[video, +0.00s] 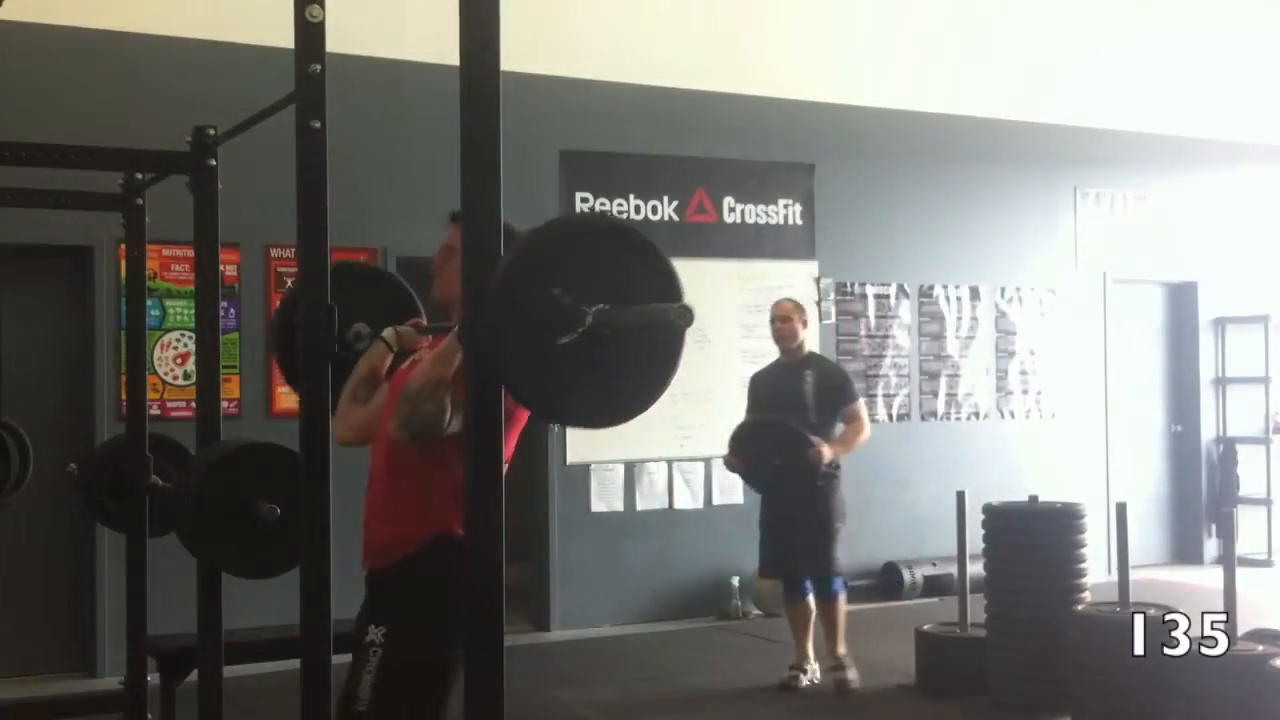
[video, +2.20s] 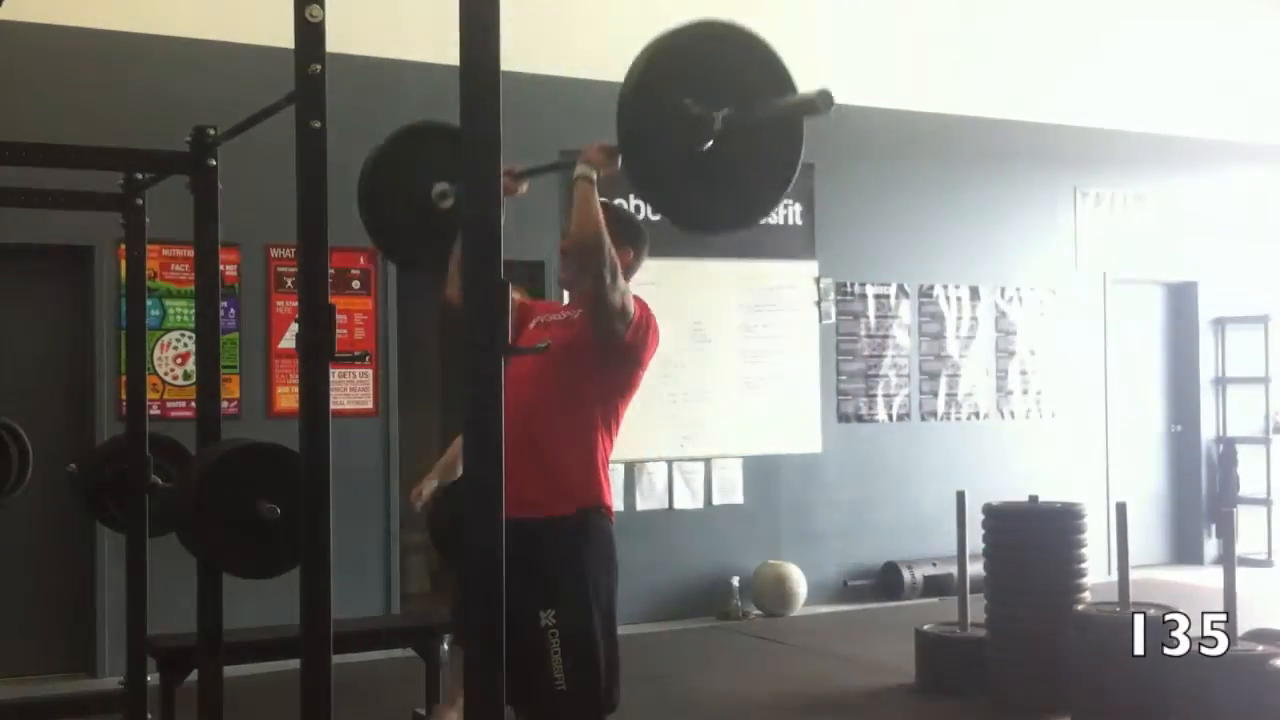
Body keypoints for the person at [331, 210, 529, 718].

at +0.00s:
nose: (435, 263)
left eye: (450, 253)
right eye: (440, 252)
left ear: (486, 267)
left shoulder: (503, 356)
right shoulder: (430, 352)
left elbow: (410, 424)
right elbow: (347, 427)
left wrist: (468, 329)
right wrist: (378, 354)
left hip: (439, 568)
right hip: (395, 568)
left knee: (380, 706)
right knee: (371, 703)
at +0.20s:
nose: (451, 258)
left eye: (464, 248)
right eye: (454, 249)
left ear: (510, 258)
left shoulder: (525, 337)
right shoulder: (449, 339)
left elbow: (436, 399)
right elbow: (363, 402)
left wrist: (450, 330)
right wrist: (396, 336)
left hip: (481, 537)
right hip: (433, 539)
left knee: (461, 687)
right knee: (442, 688)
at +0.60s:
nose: (506, 237)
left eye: (523, 229)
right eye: (510, 227)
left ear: (564, 247)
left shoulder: (576, 329)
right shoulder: (489, 330)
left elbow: (513, 389)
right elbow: (413, 401)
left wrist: (525, 317)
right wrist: (440, 336)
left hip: (545, 527)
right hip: (482, 530)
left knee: (545, 689)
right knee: (475, 684)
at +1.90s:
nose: (578, 241)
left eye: (596, 234)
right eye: (581, 232)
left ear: (624, 261)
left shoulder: (624, 324)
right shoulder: (532, 327)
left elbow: (554, 325)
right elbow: (452, 346)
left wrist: (570, 240)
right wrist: (475, 267)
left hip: (564, 527)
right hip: (503, 525)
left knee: (568, 692)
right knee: (506, 685)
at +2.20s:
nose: (571, 251)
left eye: (588, 245)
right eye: (569, 242)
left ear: (625, 259)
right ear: (563, 248)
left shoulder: (631, 327)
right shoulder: (533, 315)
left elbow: (598, 281)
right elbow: (462, 290)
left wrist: (584, 178)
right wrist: (488, 208)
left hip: (568, 528)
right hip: (496, 522)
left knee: (572, 697)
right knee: (496, 687)